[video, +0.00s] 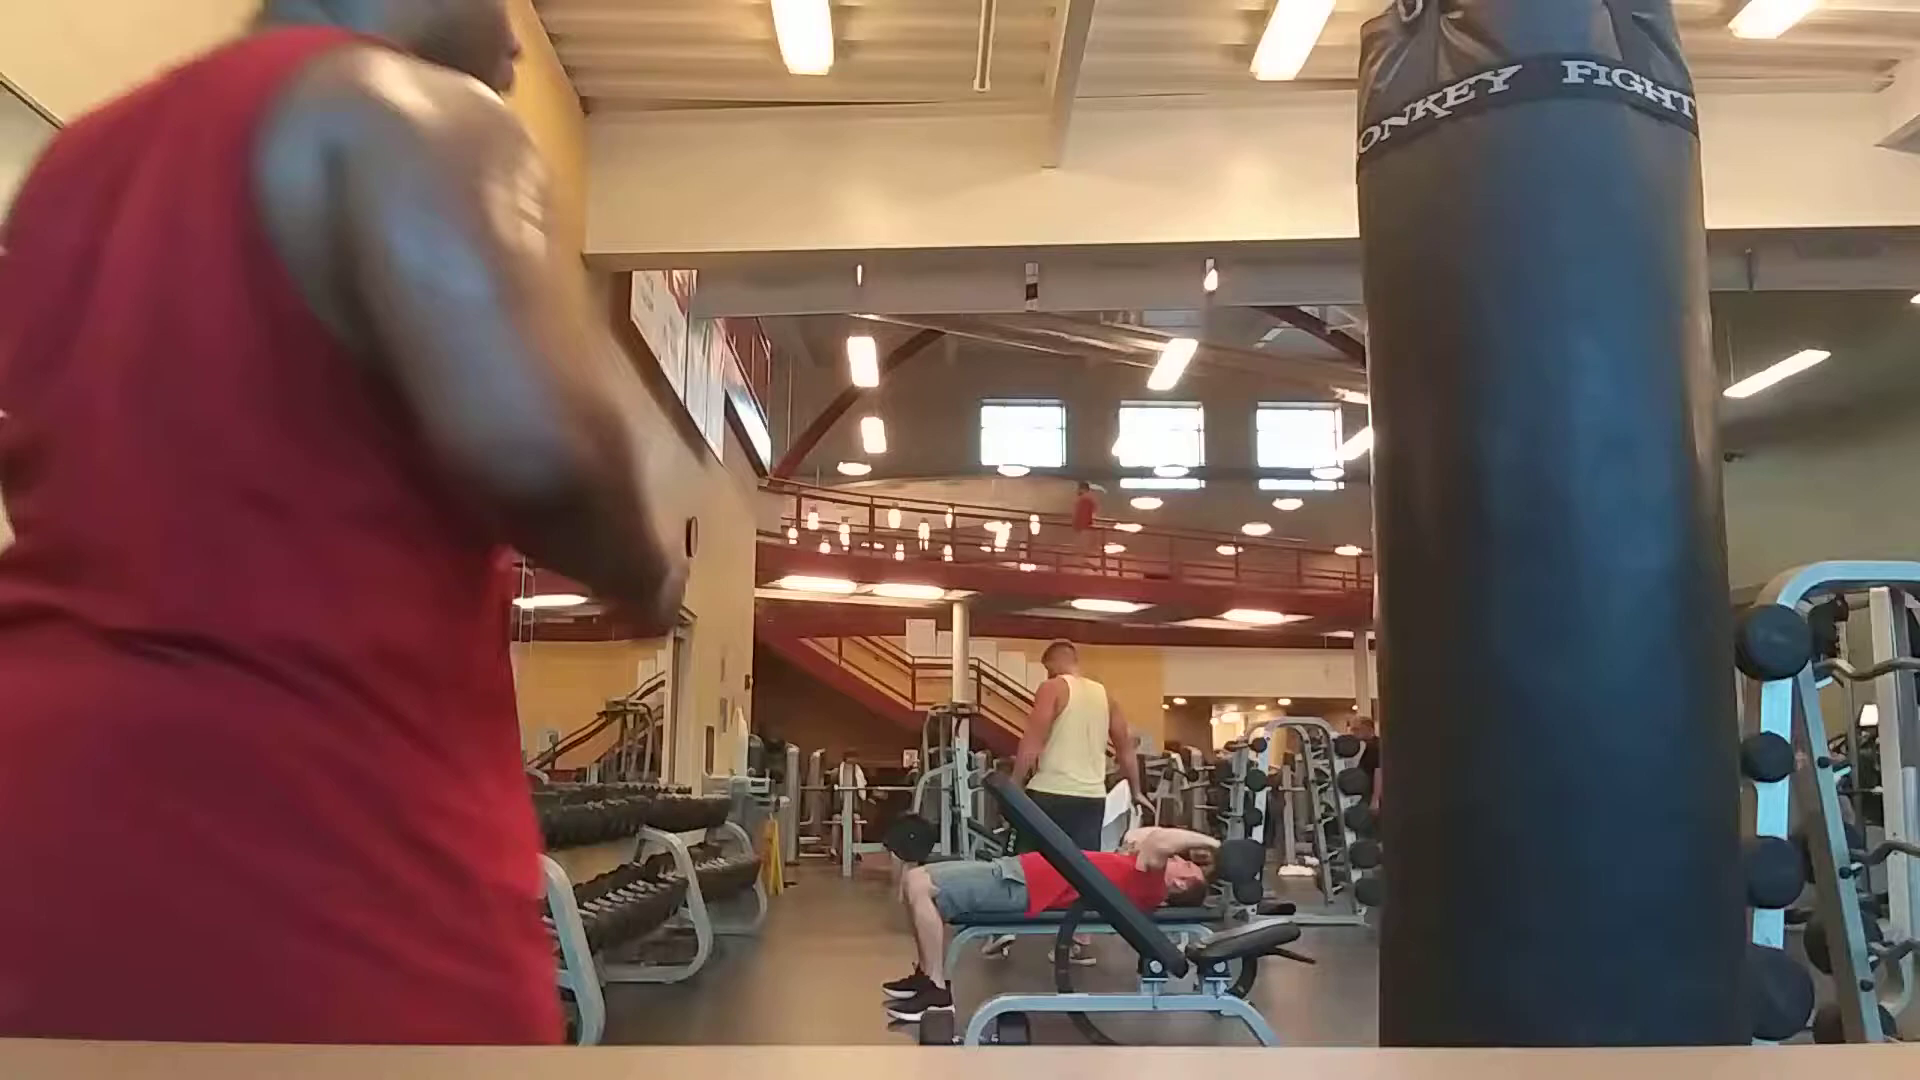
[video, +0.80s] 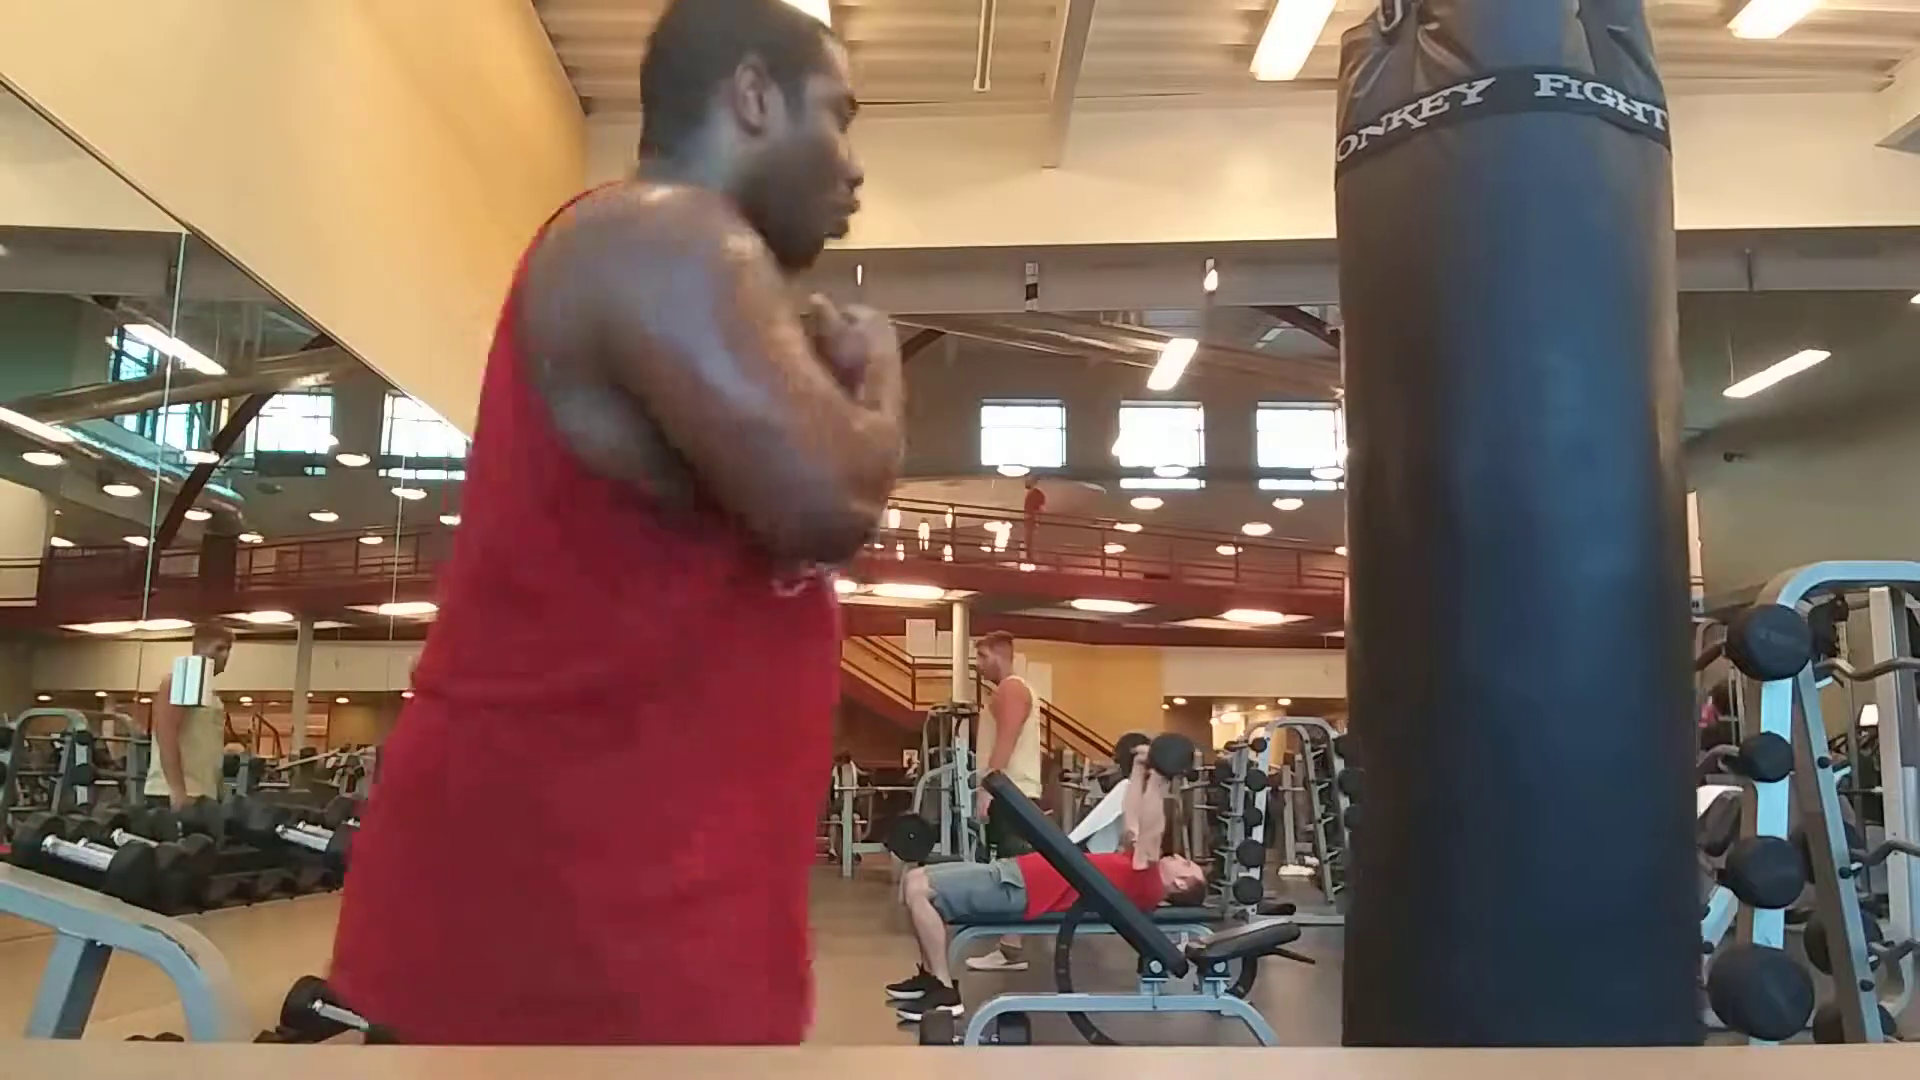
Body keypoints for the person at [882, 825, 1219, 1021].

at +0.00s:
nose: (1186, 864)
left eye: (1191, 872)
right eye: (1192, 863)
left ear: (1182, 885)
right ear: (1182, 861)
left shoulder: (1149, 887)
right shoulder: (1144, 871)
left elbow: (1156, 838)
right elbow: (1137, 837)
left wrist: (1212, 844)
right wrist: (1188, 839)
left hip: (1025, 884)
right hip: (1019, 869)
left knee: (921, 885)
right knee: (914, 875)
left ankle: (937, 990)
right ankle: (925, 975)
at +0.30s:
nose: (1183, 862)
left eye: (1188, 869)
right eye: (1189, 862)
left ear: (1179, 885)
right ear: (1176, 871)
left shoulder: (1146, 887)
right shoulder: (1138, 873)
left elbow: (1150, 830)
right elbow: (1142, 825)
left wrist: (1190, 802)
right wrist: (1180, 804)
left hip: (1022, 885)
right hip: (1016, 870)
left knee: (920, 884)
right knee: (914, 877)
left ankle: (945, 989)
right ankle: (929, 974)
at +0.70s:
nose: (1184, 862)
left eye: (1189, 871)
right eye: (1190, 863)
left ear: (1179, 886)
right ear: (1176, 867)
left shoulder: (1147, 886)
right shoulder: (1139, 866)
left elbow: (1156, 826)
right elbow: (1136, 822)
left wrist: (1163, 775)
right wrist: (1145, 770)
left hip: (1022, 888)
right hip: (1015, 870)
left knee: (920, 888)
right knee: (915, 878)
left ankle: (944, 988)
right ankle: (928, 975)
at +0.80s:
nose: (1183, 860)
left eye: (1188, 869)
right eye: (1188, 861)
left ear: (1178, 886)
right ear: (1174, 867)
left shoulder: (1146, 886)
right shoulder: (1137, 866)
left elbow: (1153, 828)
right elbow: (1132, 822)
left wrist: (1158, 778)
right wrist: (1138, 769)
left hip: (1021, 888)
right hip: (1014, 871)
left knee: (919, 888)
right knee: (914, 878)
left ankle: (944, 989)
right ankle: (929, 976)